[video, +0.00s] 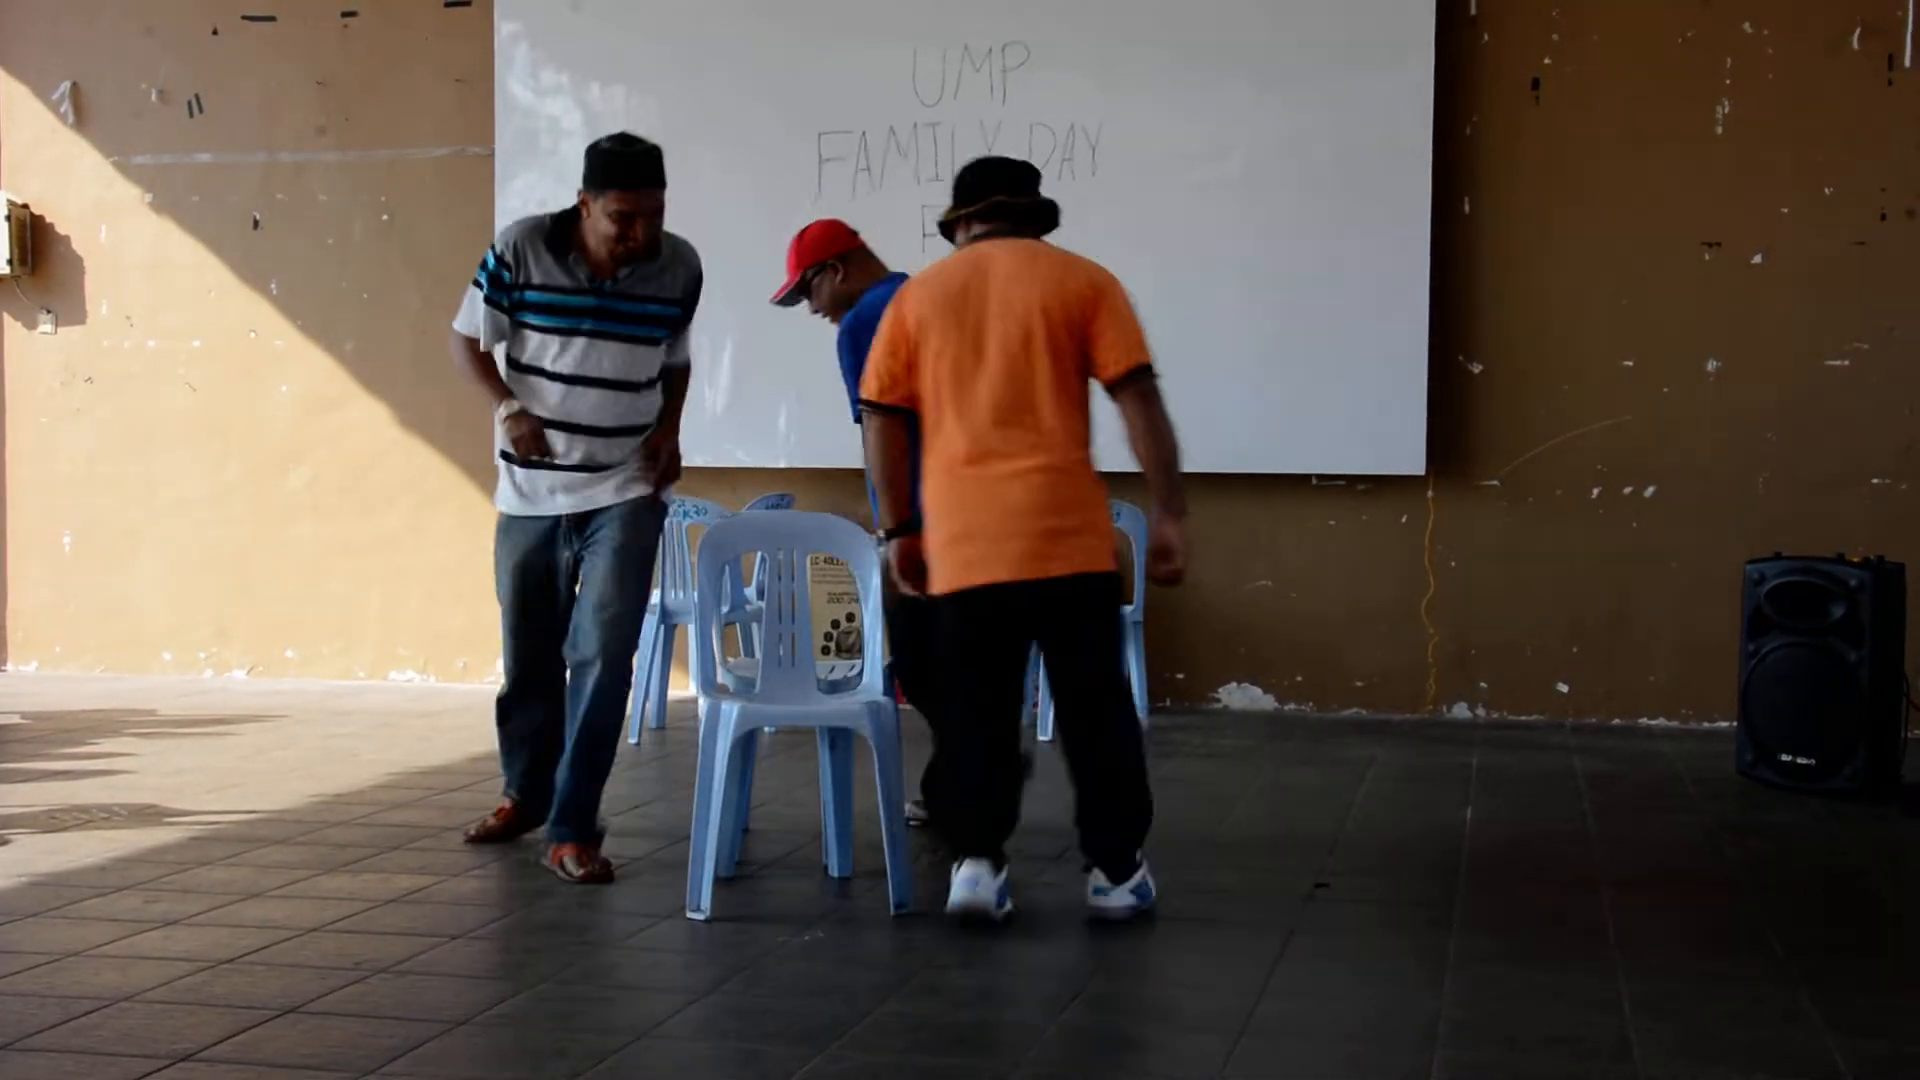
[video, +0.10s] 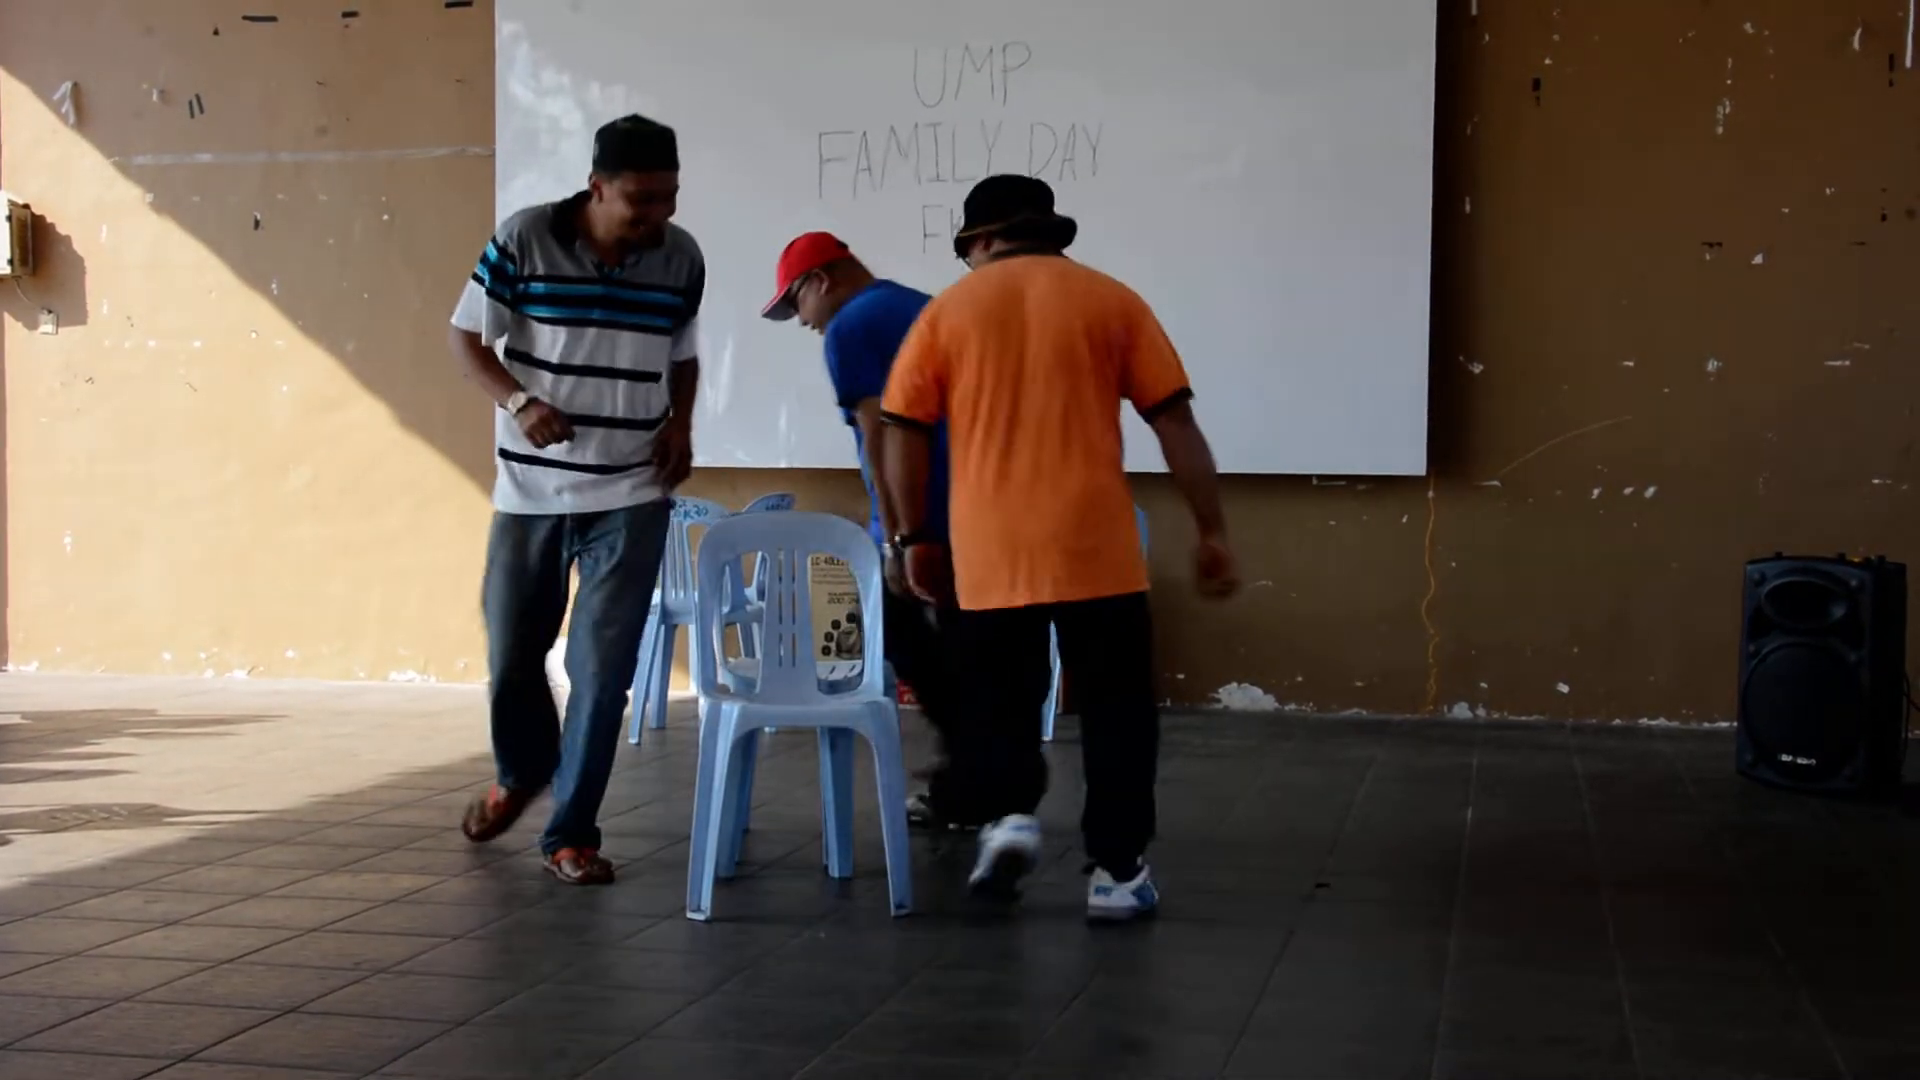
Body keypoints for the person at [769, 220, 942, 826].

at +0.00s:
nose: (813, 309)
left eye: (811, 294)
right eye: (806, 299)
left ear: (838, 271)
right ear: (847, 268)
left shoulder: (861, 325)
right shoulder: (923, 298)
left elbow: (881, 435)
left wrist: (890, 529)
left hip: (914, 522)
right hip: (958, 509)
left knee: (921, 669)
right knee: (958, 661)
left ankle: (953, 796)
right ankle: (962, 793)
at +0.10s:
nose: (800, 319)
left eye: (797, 302)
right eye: (794, 308)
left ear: (822, 280)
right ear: (841, 274)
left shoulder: (851, 325)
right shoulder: (917, 304)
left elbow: (877, 431)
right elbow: (953, 415)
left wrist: (898, 538)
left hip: (914, 530)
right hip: (962, 516)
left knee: (918, 653)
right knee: (963, 650)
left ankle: (962, 789)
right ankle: (975, 786)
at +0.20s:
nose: (797, 320)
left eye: (794, 305)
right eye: (791, 310)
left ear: (817, 282)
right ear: (846, 276)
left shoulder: (832, 328)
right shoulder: (928, 312)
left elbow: (852, 430)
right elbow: (959, 416)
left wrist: (864, 537)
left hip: (909, 521)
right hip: (968, 514)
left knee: (842, 606)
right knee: (955, 661)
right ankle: (957, 800)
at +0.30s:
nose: (791, 318)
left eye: (789, 304)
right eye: (786, 308)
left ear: (810, 284)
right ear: (850, 276)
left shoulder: (814, 334)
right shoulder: (931, 317)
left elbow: (819, 431)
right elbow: (969, 412)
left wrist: (835, 529)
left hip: (870, 531)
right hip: (952, 524)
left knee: (827, 655)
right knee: (946, 668)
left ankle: (797, 795)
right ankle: (952, 799)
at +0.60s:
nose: (811, 316)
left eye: (811, 309)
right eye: (814, 310)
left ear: (819, 302)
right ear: (879, 295)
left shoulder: (797, 347)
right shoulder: (934, 343)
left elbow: (775, 462)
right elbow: (948, 454)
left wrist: (770, 549)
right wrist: (929, 520)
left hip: (833, 544)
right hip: (930, 539)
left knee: (809, 666)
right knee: (952, 680)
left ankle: (792, 806)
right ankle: (930, 831)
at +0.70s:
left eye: (852, 305)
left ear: (850, 306)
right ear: (913, 309)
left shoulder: (806, 353)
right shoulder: (950, 362)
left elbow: (765, 449)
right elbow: (973, 476)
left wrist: (801, 505)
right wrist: (950, 534)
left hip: (827, 552)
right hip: (921, 554)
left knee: (818, 683)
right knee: (962, 681)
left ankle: (804, 836)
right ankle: (937, 832)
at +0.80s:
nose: (965, 354)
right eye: (965, 345)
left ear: (901, 321)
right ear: (957, 336)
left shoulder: (825, 360)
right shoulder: (964, 380)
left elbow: (773, 444)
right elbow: (988, 488)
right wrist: (977, 583)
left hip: (815, 561)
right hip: (909, 567)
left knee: (824, 681)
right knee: (958, 686)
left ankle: (804, 824)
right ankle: (936, 835)